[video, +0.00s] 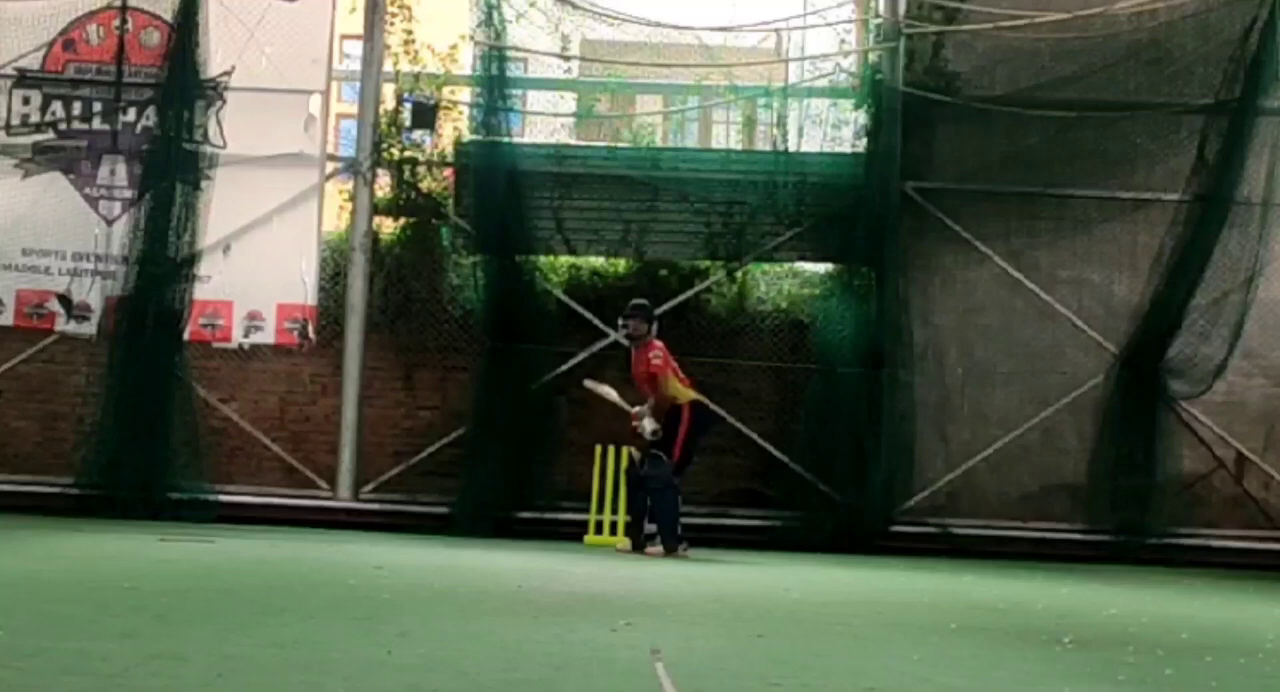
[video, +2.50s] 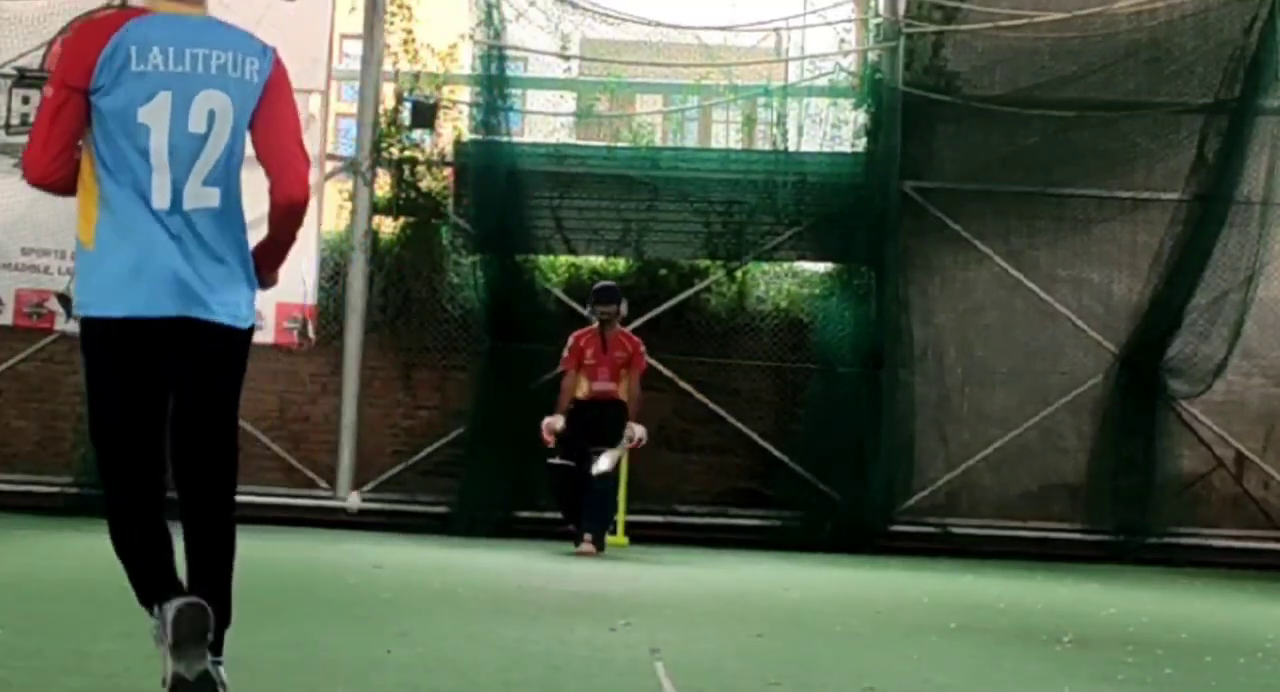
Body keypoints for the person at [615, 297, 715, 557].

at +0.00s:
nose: (633, 326)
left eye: (640, 322)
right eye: (630, 321)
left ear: (650, 325)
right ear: (625, 324)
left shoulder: (654, 352)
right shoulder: (638, 351)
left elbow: (665, 390)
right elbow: (655, 390)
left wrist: (651, 416)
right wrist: (644, 409)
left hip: (686, 405)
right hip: (668, 406)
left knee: (667, 468)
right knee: (653, 465)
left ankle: (671, 539)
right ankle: (648, 534)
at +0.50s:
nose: (629, 323)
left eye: (636, 318)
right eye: (625, 318)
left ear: (646, 322)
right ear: (620, 322)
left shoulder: (653, 350)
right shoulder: (631, 350)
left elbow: (659, 387)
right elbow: (631, 380)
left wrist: (641, 399)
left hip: (676, 404)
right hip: (657, 406)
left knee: (657, 470)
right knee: (640, 466)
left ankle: (670, 540)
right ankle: (645, 536)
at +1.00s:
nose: (599, 348)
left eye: (604, 343)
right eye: (594, 343)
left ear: (614, 342)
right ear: (588, 342)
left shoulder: (626, 366)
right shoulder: (594, 354)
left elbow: (626, 412)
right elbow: (566, 313)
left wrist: (610, 410)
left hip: (654, 405)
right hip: (633, 404)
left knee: (629, 464)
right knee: (616, 461)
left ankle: (621, 535)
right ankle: (611, 532)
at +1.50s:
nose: (601, 328)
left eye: (599, 324)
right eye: (596, 326)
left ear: (599, 323)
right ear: (586, 331)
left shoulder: (621, 330)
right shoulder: (587, 351)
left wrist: (607, 318)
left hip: (636, 394)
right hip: (612, 395)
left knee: (630, 459)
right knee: (607, 457)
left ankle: (620, 528)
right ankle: (608, 527)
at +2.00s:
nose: (595, 357)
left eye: (600, 351)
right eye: (590, 352)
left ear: (610, 340)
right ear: (582, 345)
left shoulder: (629, 354)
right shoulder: (577, 361)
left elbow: (648, 388)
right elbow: (576, 398)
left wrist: (628, 402)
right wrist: (584, 395)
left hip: (621, 421)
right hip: (592, 419)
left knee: (610, 474)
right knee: (589, 476)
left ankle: (595, 533)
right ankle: (601, 529)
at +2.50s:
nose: (604, 312)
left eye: (610, 306)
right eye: (599, 306)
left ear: (620, 309)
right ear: (592, 308)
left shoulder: (632, 345)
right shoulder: (579, 340)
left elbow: (634, 385)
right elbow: (569, 378)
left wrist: (631, 420)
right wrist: (560, 414)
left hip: (614, 407)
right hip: (583, 405)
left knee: (603, 467)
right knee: (574, 465)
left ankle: (593, 534)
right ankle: (583, 528)